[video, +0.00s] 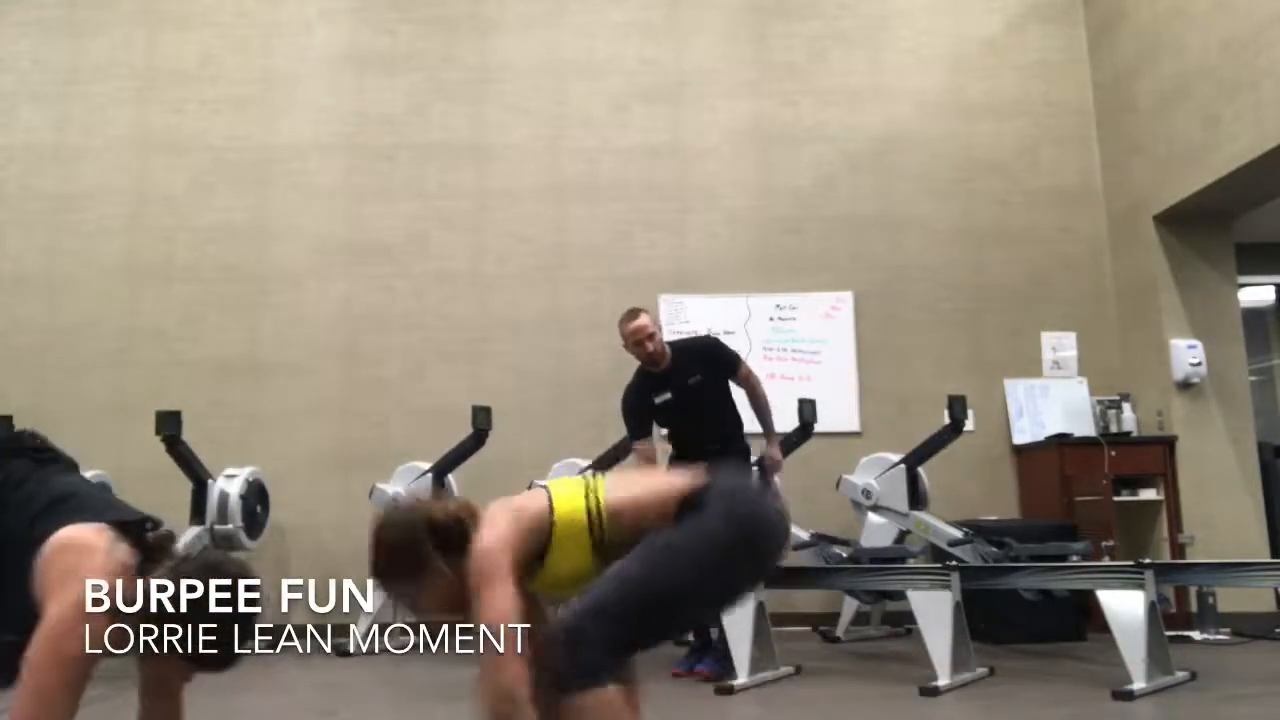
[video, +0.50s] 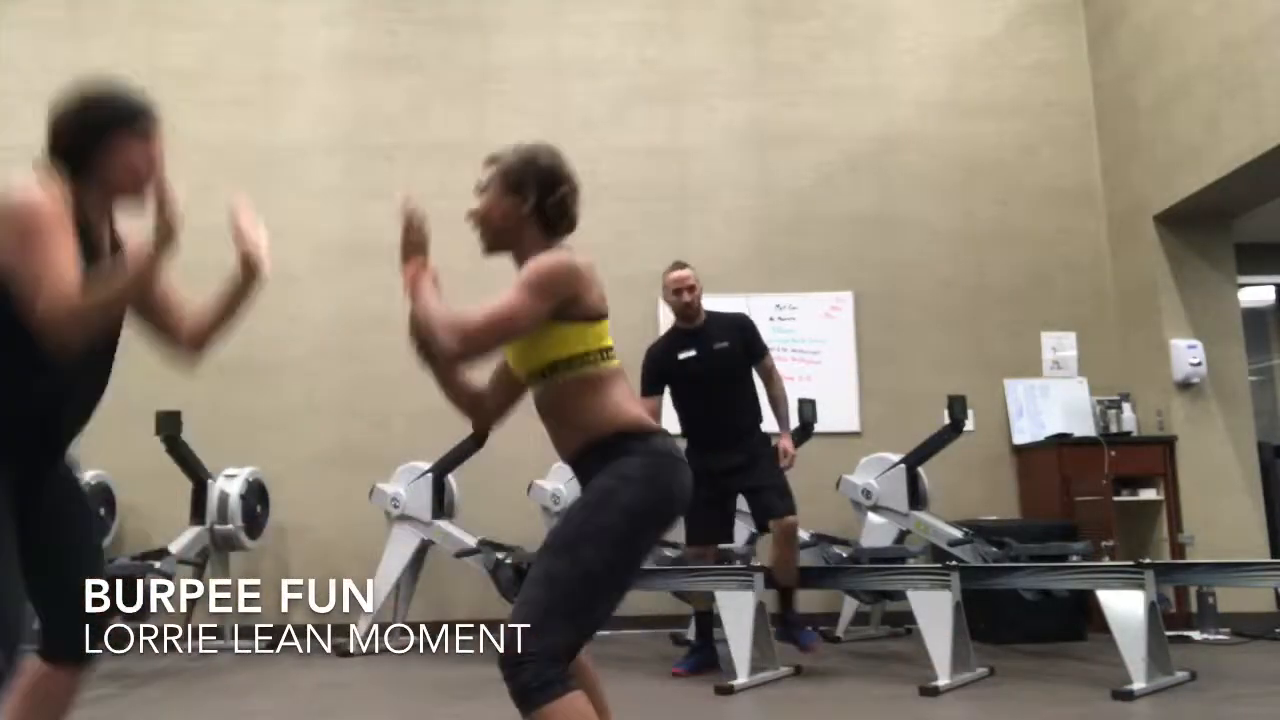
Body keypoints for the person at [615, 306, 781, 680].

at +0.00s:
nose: (648, 347)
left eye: (650, 336)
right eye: (638, 344)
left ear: (659, 329)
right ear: (628, 349)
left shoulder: (705, 351)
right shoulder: (636, 396)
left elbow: (750, 382)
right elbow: (645, 457)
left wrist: (771, 441)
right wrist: (650, 507)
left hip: (731, 461)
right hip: (686, 470)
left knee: (723, 552)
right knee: (687, 554)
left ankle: (725, 647)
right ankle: (700, 643)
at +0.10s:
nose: (652, 330)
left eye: (655, 320)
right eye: (642, 326)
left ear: (665, 315)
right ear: (633, 332)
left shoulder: (710, 343)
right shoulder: (637, 380)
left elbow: (752, 383)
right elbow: (644, 449)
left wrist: (768, 439)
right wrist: (661, 506)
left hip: (730, 455)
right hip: (685, 461)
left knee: (727, 548)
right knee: (684, 551)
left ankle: (726, 651)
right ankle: (692, 651)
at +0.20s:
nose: (657, 318)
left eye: (661, 309)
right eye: (648, 314)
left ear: (671, 307)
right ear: (638, 321)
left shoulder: (713, 336)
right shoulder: (640, 370)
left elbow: (752, 380)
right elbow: (643, 439)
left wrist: (767, 436)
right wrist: (659, 499)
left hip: (732, 455)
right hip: (686, 462)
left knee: (741, 548)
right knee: (684, 551)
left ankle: (741, 648)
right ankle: (697, 651)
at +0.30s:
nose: (665, 308)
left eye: (668, 299)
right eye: (655, 304)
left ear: (680, 298)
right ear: (645, 311)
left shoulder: (719, 331)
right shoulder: (644, 364)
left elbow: (754, 377)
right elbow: (642, 431)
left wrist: (768, 433)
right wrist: (649, 486)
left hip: (738, 451)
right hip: (690, 459)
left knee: (756, 532)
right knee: (695, 547)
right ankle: (703, 644)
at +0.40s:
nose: (673, 301)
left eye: (677, 293)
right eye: (664, 297)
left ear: (688, 293)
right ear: (653, 304)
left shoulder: (726, 328)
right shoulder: (650, 358)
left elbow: (761, 377)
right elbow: (643, 422)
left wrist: (776, 430)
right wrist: (651, 462)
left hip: (744, 450)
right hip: (696, 460)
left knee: (772, 521)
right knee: (696, 550)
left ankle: (740, 596)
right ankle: (703, 643)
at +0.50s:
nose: (687, 297)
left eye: (691, 288)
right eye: (678, 292)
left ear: (701, 290)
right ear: (666, 299)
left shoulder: (737, 327)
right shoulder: (659, 354)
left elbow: (771, 378)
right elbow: (650, 419)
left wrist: (785, 432)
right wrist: (656, 472)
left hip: (752, 450)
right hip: (703, 458)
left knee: (785, 523)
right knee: (700, 551)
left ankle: (787, 620)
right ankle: (703, 643)